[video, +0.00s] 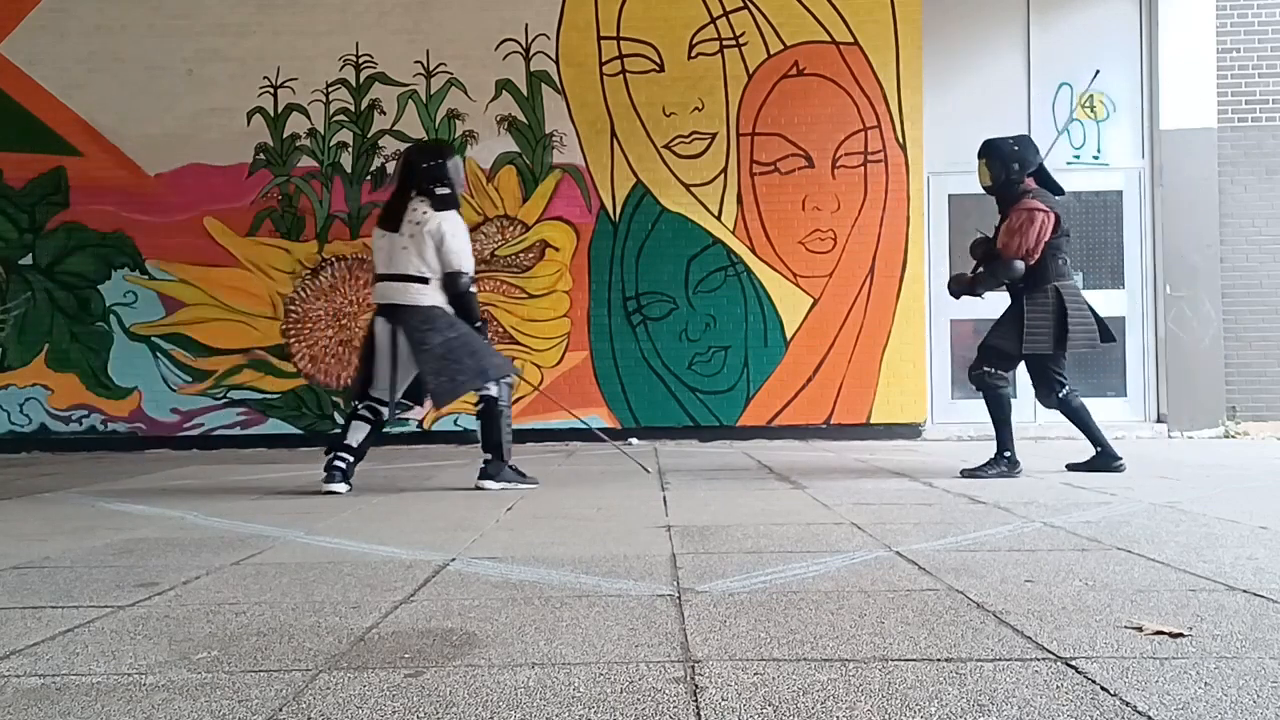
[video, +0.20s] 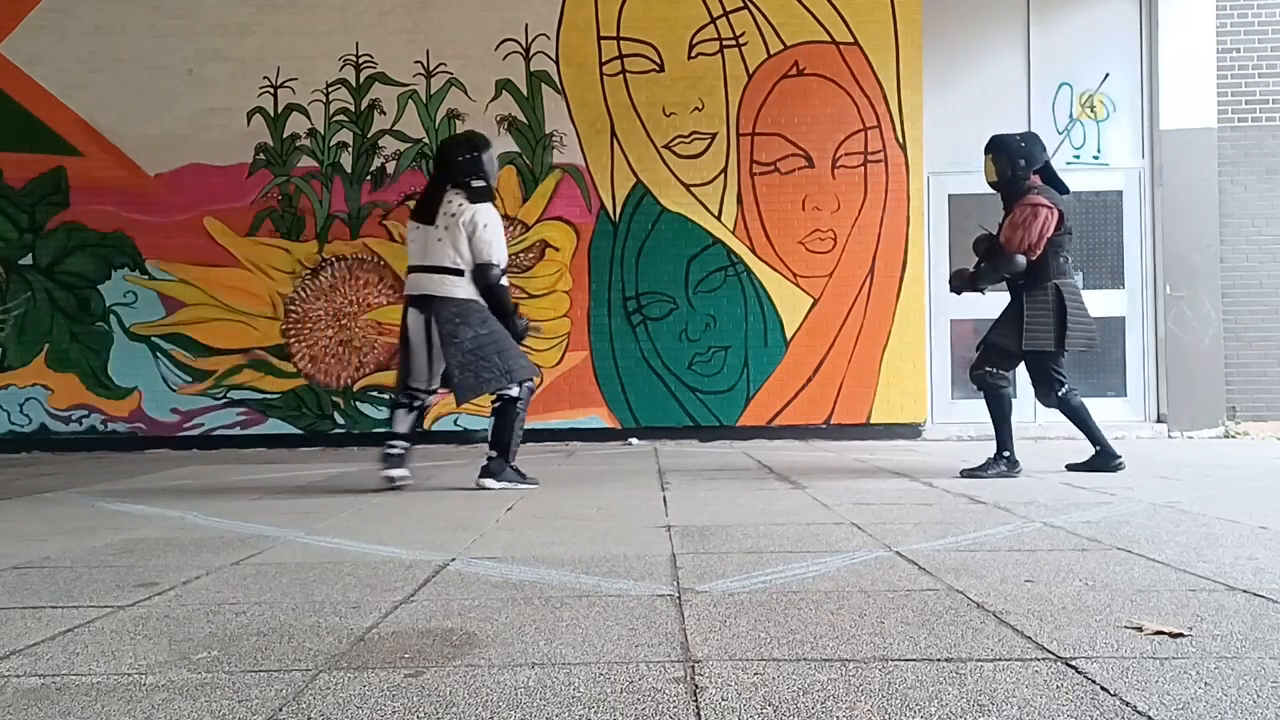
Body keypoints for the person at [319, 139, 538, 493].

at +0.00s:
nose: (458, 176)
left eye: (456, 169)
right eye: (453, 169)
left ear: (408, 175)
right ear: (440, 175)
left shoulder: (388, 216)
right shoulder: (444, 217)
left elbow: (384, 275)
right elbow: (457, 286)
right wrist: (478, 329)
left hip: (387, 313)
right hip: (428, 314)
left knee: (378, 396)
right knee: (496, 374)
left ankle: (339, 467)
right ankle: (497, 465)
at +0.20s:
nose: (495, 167)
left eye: (492, 159)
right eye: (490, 160)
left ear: (445, 166)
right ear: (474, 166)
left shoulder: (422, 205)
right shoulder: (479, 209)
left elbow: (418, 263)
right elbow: (488, 278)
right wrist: (512, 322)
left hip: (418, 305)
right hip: (461, 307)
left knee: (414, 384)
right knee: (519, 377)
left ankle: (395, 457)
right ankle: (500, 465)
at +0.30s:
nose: (507, 171)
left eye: (505, 163)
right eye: (502, 164)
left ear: (458, 169)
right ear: (486, 170)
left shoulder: (434, 207)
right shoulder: (487, 212)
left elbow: (433, 267)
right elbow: (495, 279)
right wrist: (525, 311)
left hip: (425, 311)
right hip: (469, 312)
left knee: (428, 391)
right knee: (538, 369)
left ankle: (408, 469)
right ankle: (512, 453)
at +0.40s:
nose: (519, 179)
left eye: (517, 170)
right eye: (514, 171)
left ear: (469, 175)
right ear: (499, 175)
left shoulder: (449, 212)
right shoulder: (499, 216)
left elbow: (460, 269)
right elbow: (515, 280)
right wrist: (556, 294)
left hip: (441, 310)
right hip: (483, 313)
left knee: (437, 393)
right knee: (555, 365)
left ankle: (409, 470)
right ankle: (563, 451)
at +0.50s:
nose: (536, 179)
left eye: (534, 172)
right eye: (531, 172)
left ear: (491, 177)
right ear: (519, 177)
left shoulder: (475, 211)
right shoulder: (524, 215)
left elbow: (515, 269)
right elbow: (563, 268)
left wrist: (582, 270)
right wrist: (603, 265)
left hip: (462, 308)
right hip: (503, 312)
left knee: (445, 392)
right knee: (569, 368)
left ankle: (410, 469)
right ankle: (613, 450)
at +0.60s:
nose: (570, 168)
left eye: (567, 161)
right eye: (563, 162)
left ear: (525, 170)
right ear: (551, 169)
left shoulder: (512, 206)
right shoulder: (558, 208)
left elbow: (548, 253)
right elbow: (604, 254)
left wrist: (599, 263)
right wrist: (646, 248)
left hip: (501, 307)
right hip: (544, 310)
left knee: (469, 389)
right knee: (600, 377)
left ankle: (421, 462)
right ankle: (630, 459)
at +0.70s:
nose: (600, 166)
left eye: (598, 160)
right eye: (595, 160)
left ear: (555, 165)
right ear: (585, 164)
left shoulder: (540, 204)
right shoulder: (592, 201)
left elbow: (559, 257)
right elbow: (626, 256)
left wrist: (613, 278)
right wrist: (661, 273)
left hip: (537, 294)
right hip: (578, 296)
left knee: (523, 378)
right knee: (628, 370)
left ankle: (489, 455)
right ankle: (633, 461)